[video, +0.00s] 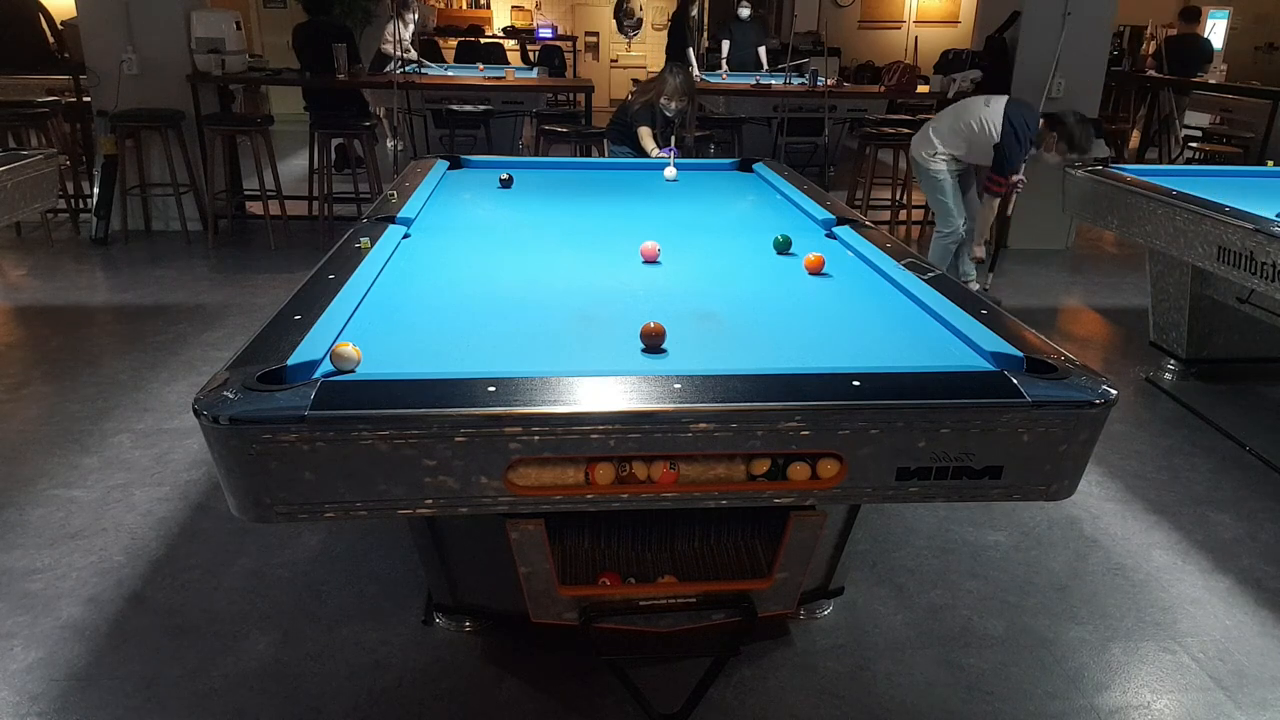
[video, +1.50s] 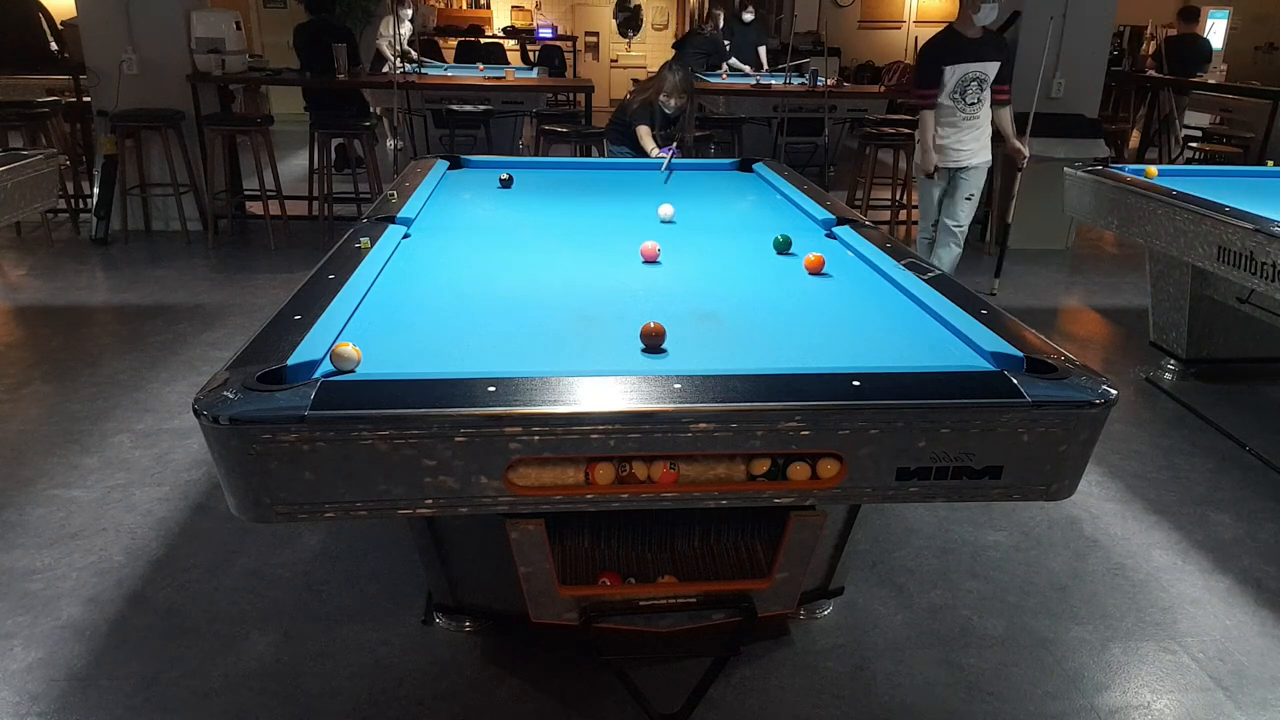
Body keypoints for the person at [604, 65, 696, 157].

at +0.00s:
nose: (673, 106)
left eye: (681, 101)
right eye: (667, 99)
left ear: (689, 99)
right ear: (657, 93)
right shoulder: (643, 102)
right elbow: (645, 136)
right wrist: (656, 153)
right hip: (624, 142)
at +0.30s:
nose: (673, 106)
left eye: (681, 100)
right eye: (667, 99)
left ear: (689, 99)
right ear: (657, 93)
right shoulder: (642, 103)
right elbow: (645, 136)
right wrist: (656, 153)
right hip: (623, 142)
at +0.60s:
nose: (673, 106)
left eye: (681, 100)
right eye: (667, 99)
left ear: (689, 99)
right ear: (657, 93)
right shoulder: (642, 102)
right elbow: (644, 135)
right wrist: (656, 153)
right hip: (623, 142)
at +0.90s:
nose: (673, 106)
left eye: (680, 100)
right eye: (666, 99)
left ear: (689, 98)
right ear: (657, 93)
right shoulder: (642, 101)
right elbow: (644, 135)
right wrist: (656, 153)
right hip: (623, 142)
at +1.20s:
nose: (673, 106)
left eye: (681, 100)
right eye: (666, 99)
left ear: (688, 98)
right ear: (656, 93)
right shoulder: (641, 101)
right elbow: (644, 135)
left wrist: (672, 149)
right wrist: (656, 153)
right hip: (622, 143)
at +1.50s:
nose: (673, 104)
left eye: (680, 98)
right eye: (666, 96)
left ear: (689, 97)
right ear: (656, 91)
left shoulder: (686, 104)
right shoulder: (641, 100)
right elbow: (643, 134)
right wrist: (656, 153)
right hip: (622, 143)